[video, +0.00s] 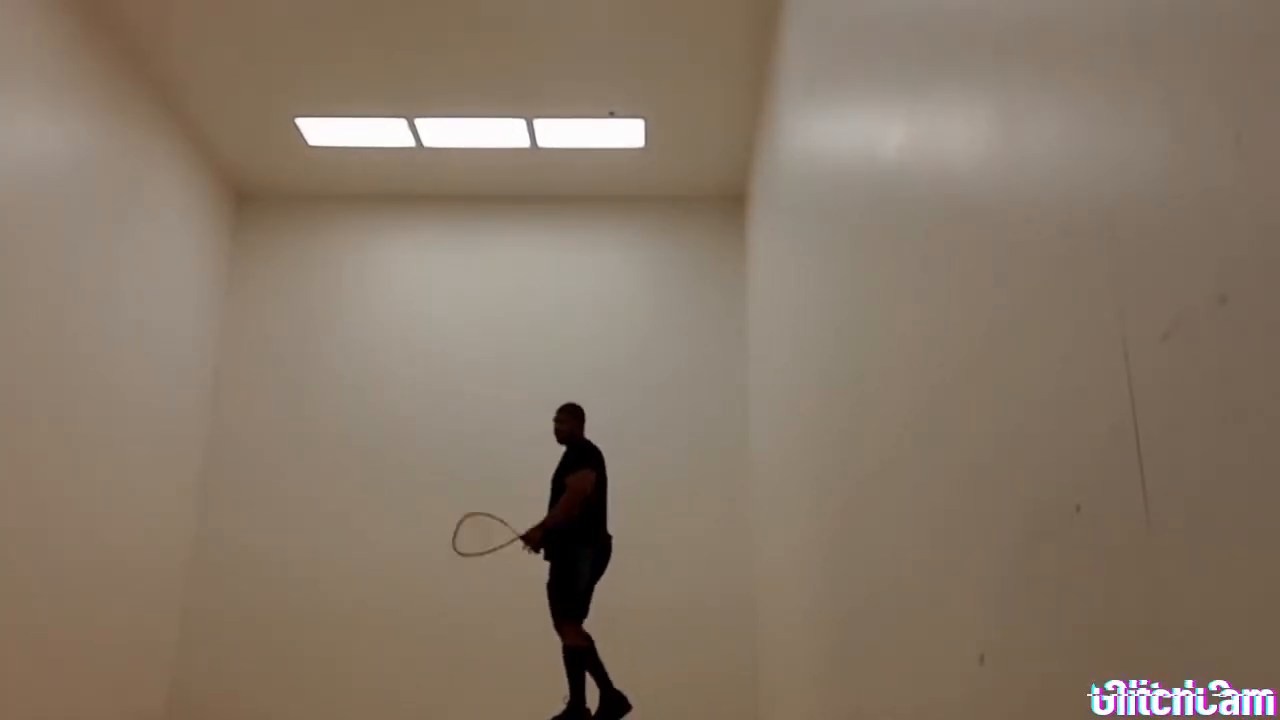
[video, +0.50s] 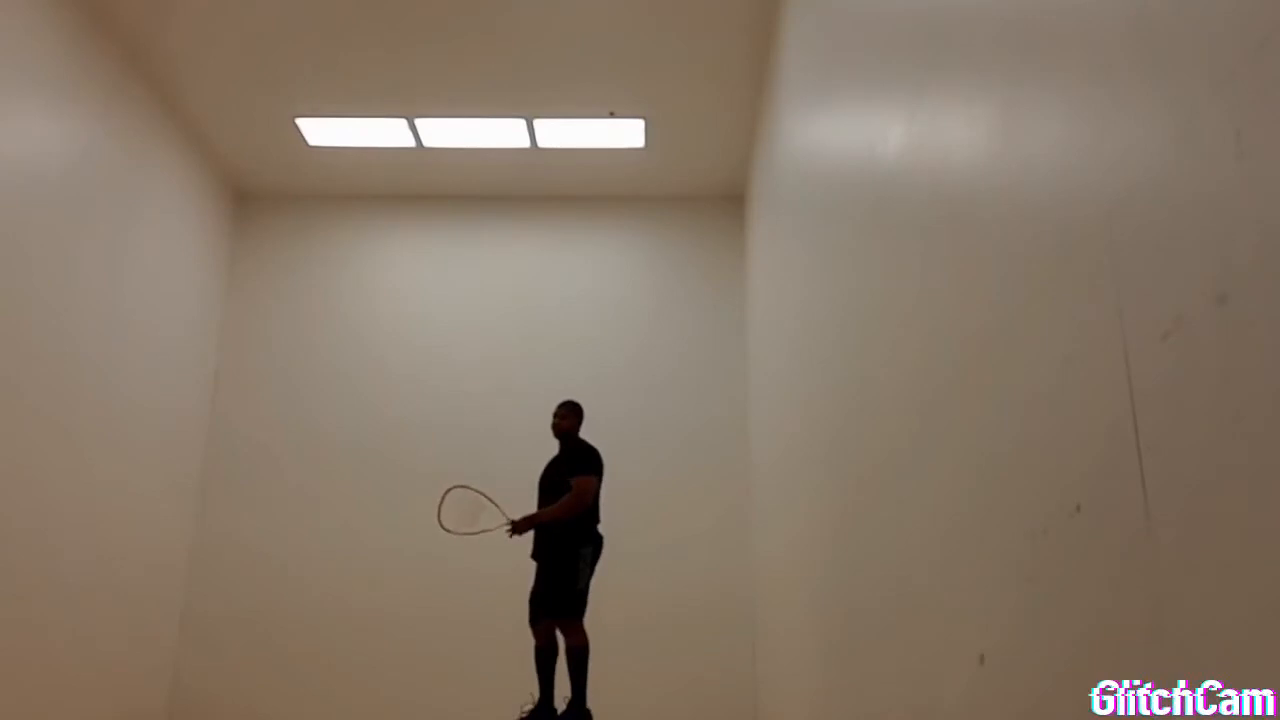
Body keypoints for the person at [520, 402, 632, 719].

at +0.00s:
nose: (556, 427)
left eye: (562, 422)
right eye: (556, 422)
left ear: (577, 425)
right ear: (569, 426)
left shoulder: (583, 455)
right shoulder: (576, 456)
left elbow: (573, 501)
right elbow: (567, 506)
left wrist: (540, 531)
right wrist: (545, 536)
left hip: (582, 547)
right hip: (575, 547)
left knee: (568, 623)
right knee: (568, 623)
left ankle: (609, 694)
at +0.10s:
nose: (556, 425)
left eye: (563, 421)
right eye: (556, 420)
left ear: (577, 424)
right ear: (560, 424)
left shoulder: (583, 455)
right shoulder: (574, 455)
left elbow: (571, 502)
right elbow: (566, 505)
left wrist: (533, 525)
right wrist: (536, 526)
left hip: (581, 551)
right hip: (575, 550)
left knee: (555, 618)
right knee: (562, 620)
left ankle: (593, 692)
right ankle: (585, 695)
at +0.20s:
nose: (557, 424)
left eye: (564, 420)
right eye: (557, 419)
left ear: (579, 423)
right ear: (561, 424)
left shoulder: (583, 455)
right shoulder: (571, 456)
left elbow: (571, 499)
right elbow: (566, 503)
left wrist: (533, 519)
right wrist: (534, 519)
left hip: (579, 552)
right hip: (568, 552)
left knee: (564, 621)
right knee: (547, 618)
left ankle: (580, 698)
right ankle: (580, 694)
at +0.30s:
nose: (557, 423)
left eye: (564, 418)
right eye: (557, 418)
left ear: (579, 422)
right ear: (560, 422)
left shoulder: (584, 455)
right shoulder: (567, 457)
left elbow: (573, 497)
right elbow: (564, 503)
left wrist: (534, 516)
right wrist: (534, 518)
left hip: (579, 552)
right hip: (561, 553)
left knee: (571, 623)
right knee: (543, 621)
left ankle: (578, 704)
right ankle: (552, 702)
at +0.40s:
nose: (557, 422)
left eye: (564, 418)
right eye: (557, 417)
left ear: (579, 423)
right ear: (557, 423)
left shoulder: (585, 455)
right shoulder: (561, 460)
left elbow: (578, 497)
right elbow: (561, 505)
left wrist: (533, 516)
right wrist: (543, 541)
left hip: (579, 551)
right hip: (556, 553)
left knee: (572, 622)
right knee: (542, 623)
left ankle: (579, 704)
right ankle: (545, 704)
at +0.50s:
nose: (557, 422)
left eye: (565, 417)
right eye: (556, 417)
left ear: (578, 423)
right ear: (553, 423)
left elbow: (580, 500)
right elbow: (557, 506)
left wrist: (534, 519)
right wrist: (540, 540)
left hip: (577, 550)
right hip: (553, 552)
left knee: (570, 621)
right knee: (541, 621)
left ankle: (578, 704)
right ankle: (545, 703)